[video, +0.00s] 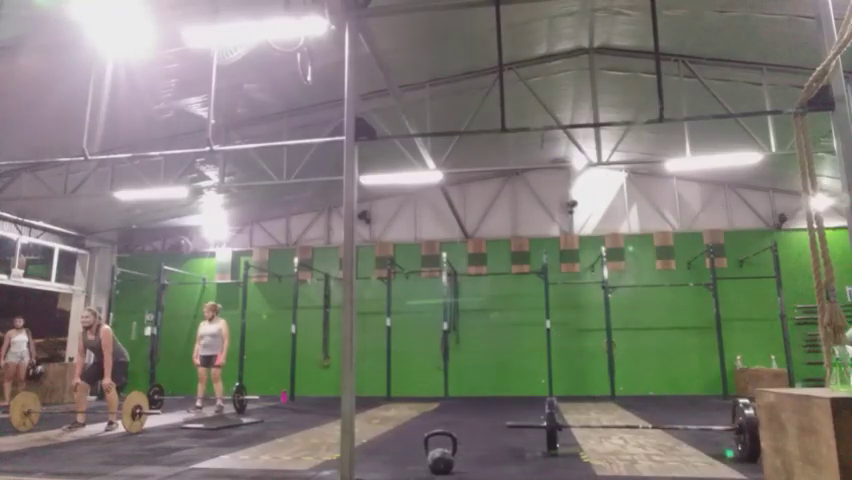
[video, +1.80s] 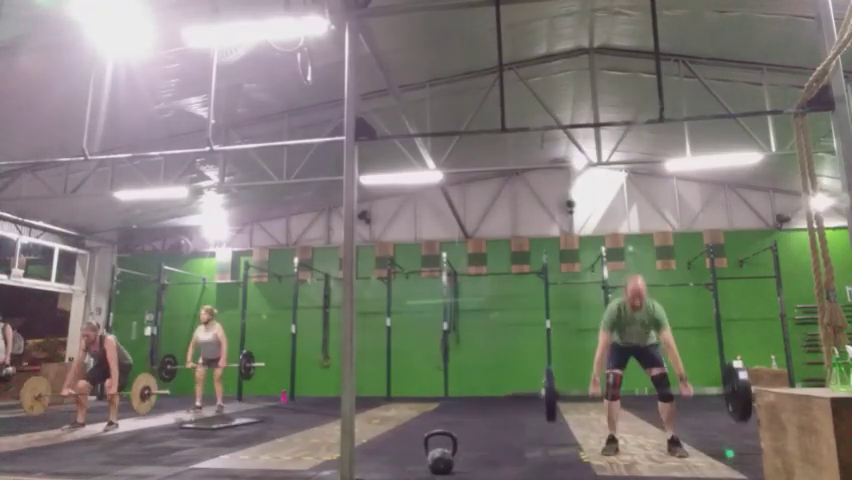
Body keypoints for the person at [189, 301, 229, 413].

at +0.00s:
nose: (206, 314)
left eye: (208, 311)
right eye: (205, 311)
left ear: (214, 312)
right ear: (204, 312)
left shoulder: (221, 323)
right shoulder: (202, 324)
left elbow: (226, 340)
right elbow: (198, 341)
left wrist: (223, 356)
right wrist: (195, 355)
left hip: (216, 353)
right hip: (203, 353)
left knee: (215, 377)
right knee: (201, 378)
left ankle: (219, 401)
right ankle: (199, 401)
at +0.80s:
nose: (202, 329)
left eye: (203, 326)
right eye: (200, 327)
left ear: (207, 324)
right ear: (198, 326)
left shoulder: (217, 330)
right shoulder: (197, 332)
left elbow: (223, 346)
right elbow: (193, 350)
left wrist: (223, 362)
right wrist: (191, 367)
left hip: (217, 356)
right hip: (204, 356)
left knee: (217, 377)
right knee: (200, 375)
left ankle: (220, 401)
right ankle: (199, 400)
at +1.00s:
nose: (196, 352)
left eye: (197, 349)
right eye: (194, 350)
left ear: (203, 348)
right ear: (192, 350)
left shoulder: (211, 352)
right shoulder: (192, 354)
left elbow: (216, 370)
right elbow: (187, 371)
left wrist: (216, 391)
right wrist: (180, 390)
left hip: (220, 364)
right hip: (204, 366)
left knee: (217, 378)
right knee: (193, 377)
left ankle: (219, 403)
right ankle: (197, 404)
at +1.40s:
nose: (192, 344)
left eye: (194, 342)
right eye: (191, 342)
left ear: (200, 342)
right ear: (190, 342)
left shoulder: (210, 349)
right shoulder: (191, 351)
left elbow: (218, 366)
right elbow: (187, 366)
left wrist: (218, 383)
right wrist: (184, 383)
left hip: (217, 362)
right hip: (201, 364)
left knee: (217, 383)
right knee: (194, 379)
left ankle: (219, 404)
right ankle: (197, 404)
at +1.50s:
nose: (195, 328)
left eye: (198, 325)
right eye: (194, 325)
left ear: (204, 326)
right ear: (193, 326)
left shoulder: (212, 336)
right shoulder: (194, 337)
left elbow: (223, 352)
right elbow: (189, 353)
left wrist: (220, 367)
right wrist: (185, 368)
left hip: (217, 356)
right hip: (203, 356)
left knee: (218, 376)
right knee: (198, 375)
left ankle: (219, 403)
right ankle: (198, 403)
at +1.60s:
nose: (203, 312)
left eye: (206, 310)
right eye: (202, 310)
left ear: (212, 311)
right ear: (201, 312)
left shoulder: (218, 324)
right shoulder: (200, 325)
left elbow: (225, 338)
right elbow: (192, 340)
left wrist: (223, 354)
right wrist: (189, 354)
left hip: (215, 355)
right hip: (201, 355)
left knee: (215, 379)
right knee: (200, 379)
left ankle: (219, 402)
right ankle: (198, 403)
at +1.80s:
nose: (202, 316)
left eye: (204, 314)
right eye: (201, 314)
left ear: (210, 315)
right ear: (200, 316)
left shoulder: (217, 327)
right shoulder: (199, 329)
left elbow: (223, 342)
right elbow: (192, 344)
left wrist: (223, 359)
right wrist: (189, 360)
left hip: (217, 356)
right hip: (203, 356)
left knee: (217, 378)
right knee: (199, 377)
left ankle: (219, 402)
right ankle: (198, 402)